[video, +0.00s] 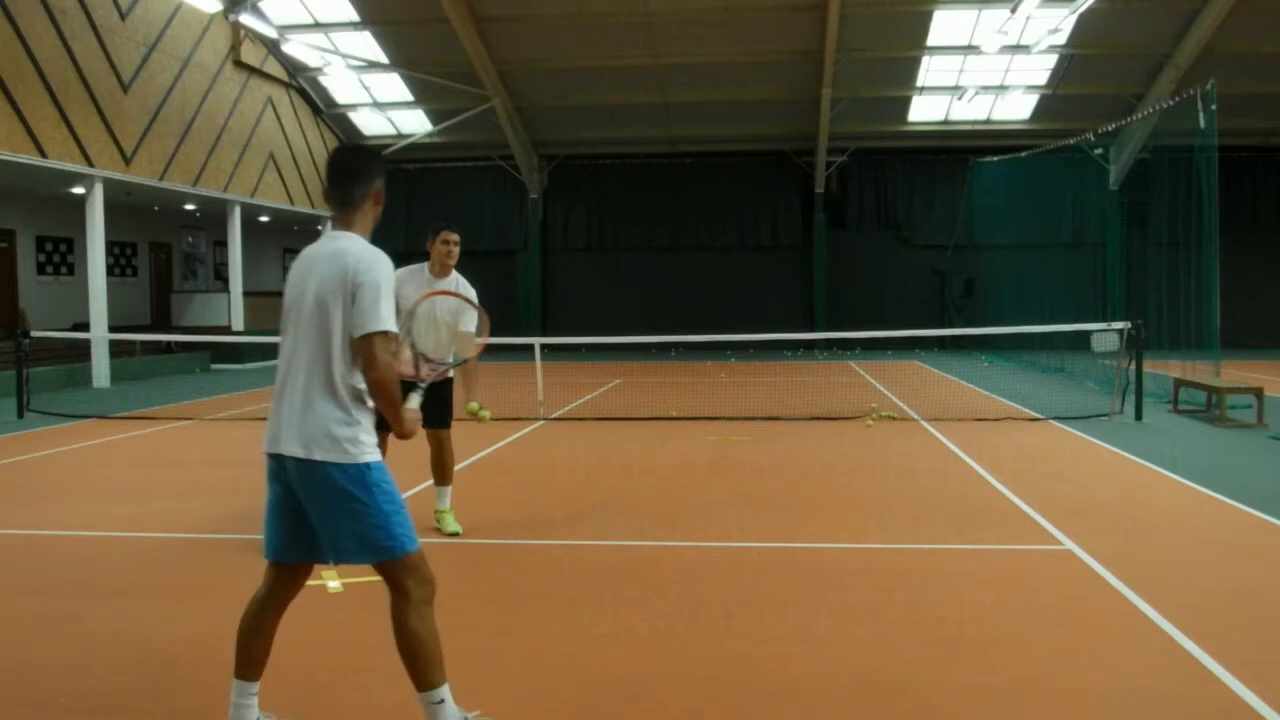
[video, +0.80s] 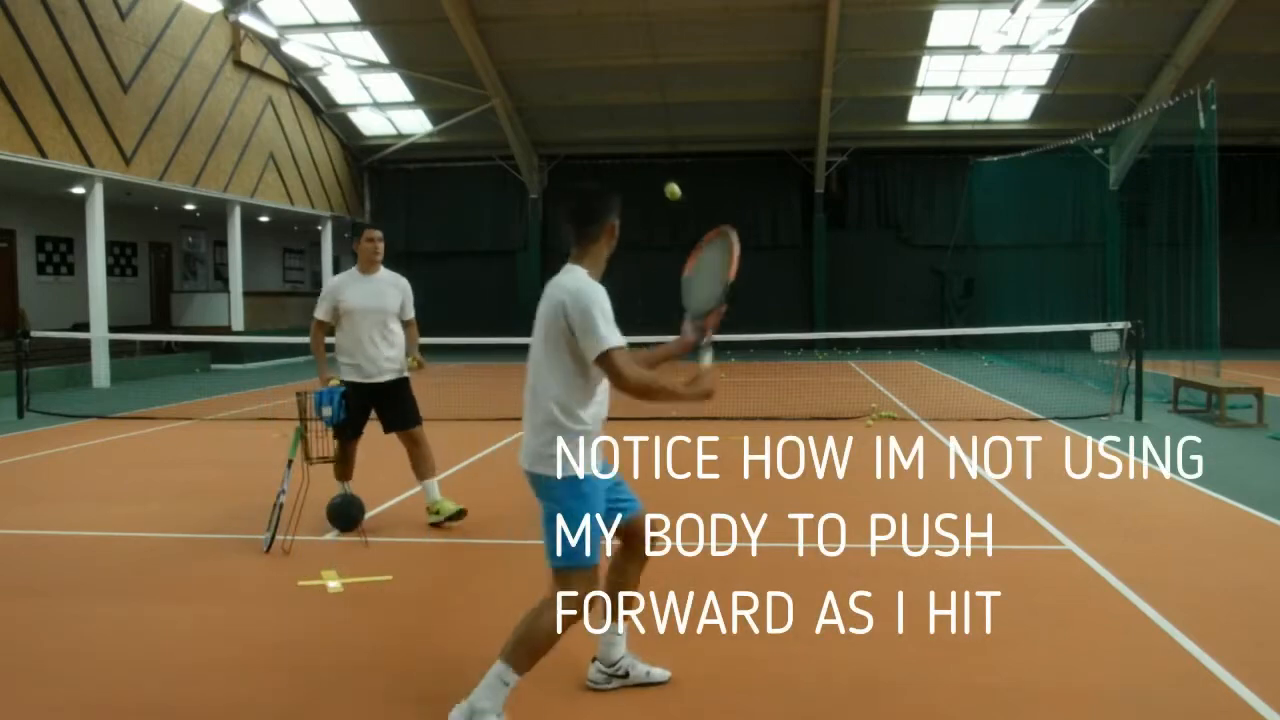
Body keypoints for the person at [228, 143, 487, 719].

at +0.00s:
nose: (384, 202)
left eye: (378, 192)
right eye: (384, 193)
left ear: (329, 194)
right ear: (377, 195)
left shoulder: (307, 258)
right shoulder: (367, 261)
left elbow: (324, 354)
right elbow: (377, 366)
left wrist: (401, 366)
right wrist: (397, 419)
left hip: (289, 445)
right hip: (340, 450)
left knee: (281, 581)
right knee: (414, 582)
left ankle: (242, 709)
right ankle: (443, 711)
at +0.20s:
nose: (446, 213)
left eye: (445, 204)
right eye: (445, 203)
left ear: (391, 207)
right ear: (437, 205)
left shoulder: (371, 267)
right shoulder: (422, 275)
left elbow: (379, 369)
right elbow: (434, 380)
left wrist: (441, 395)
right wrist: (465, 427)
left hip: (350, 453)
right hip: (394, 456)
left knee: (329, 582)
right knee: (475, 584)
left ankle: (253, 704)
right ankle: (459, 712)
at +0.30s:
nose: (484, 215)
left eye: (481, 206)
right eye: (483, 207)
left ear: (431, 209)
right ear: (477, 209)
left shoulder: (399, 272)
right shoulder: (462, 277)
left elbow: (375, 340)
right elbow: (469, 378)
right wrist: (505, 428)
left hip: (384, 453)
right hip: (433, 458)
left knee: (401, 568)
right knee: (501, 586)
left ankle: (288, 680)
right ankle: (465, 712)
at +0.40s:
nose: (517, 207)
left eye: (513, 199)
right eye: (517, 199)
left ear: (466, 202)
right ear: (511, 203)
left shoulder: (444, 262)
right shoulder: (494, 271)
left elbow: (461, 353)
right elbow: (510, 379)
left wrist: (533, 357)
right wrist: (541, 416)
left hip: (422, 445)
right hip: (462, 452)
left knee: (459, 555)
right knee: (518, 588)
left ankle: (361, 661)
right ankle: (468, 712)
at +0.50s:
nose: (545, 205)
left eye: (541, 196)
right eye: (545, 197)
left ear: (493, 202)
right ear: (539, 203)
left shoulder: (470, 263)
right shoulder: (520, 268)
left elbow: (486, 356)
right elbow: (538, 368)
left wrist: (563, 353)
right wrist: (573, 409)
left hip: (448, 442)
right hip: (488, 447)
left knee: (501, 550)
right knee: (551, 580)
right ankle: (482, 706)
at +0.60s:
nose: (569, 222)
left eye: (563, 214)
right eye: (569, 214)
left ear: (520, 216)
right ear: (563, 219)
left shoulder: (502, 275)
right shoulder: (545, 283)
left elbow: (528, 367)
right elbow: (569, 383)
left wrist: (598, 362)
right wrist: (606, 413)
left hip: (489, 451)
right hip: (514, 458)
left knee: (557, 548)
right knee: (544, 596)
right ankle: (481, 710)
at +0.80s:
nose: (619, 232)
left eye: (615, 224)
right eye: (619, 225)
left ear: (572, 231)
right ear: (613, 230)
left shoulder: (570, 287)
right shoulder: (582, 292)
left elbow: (613, 364)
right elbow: (628, 378)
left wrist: (679, 346)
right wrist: (689, 390)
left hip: (577, 455)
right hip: (561, 463)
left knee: (635, 532)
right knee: (575, 595)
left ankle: (612, 657)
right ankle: (481, 705)